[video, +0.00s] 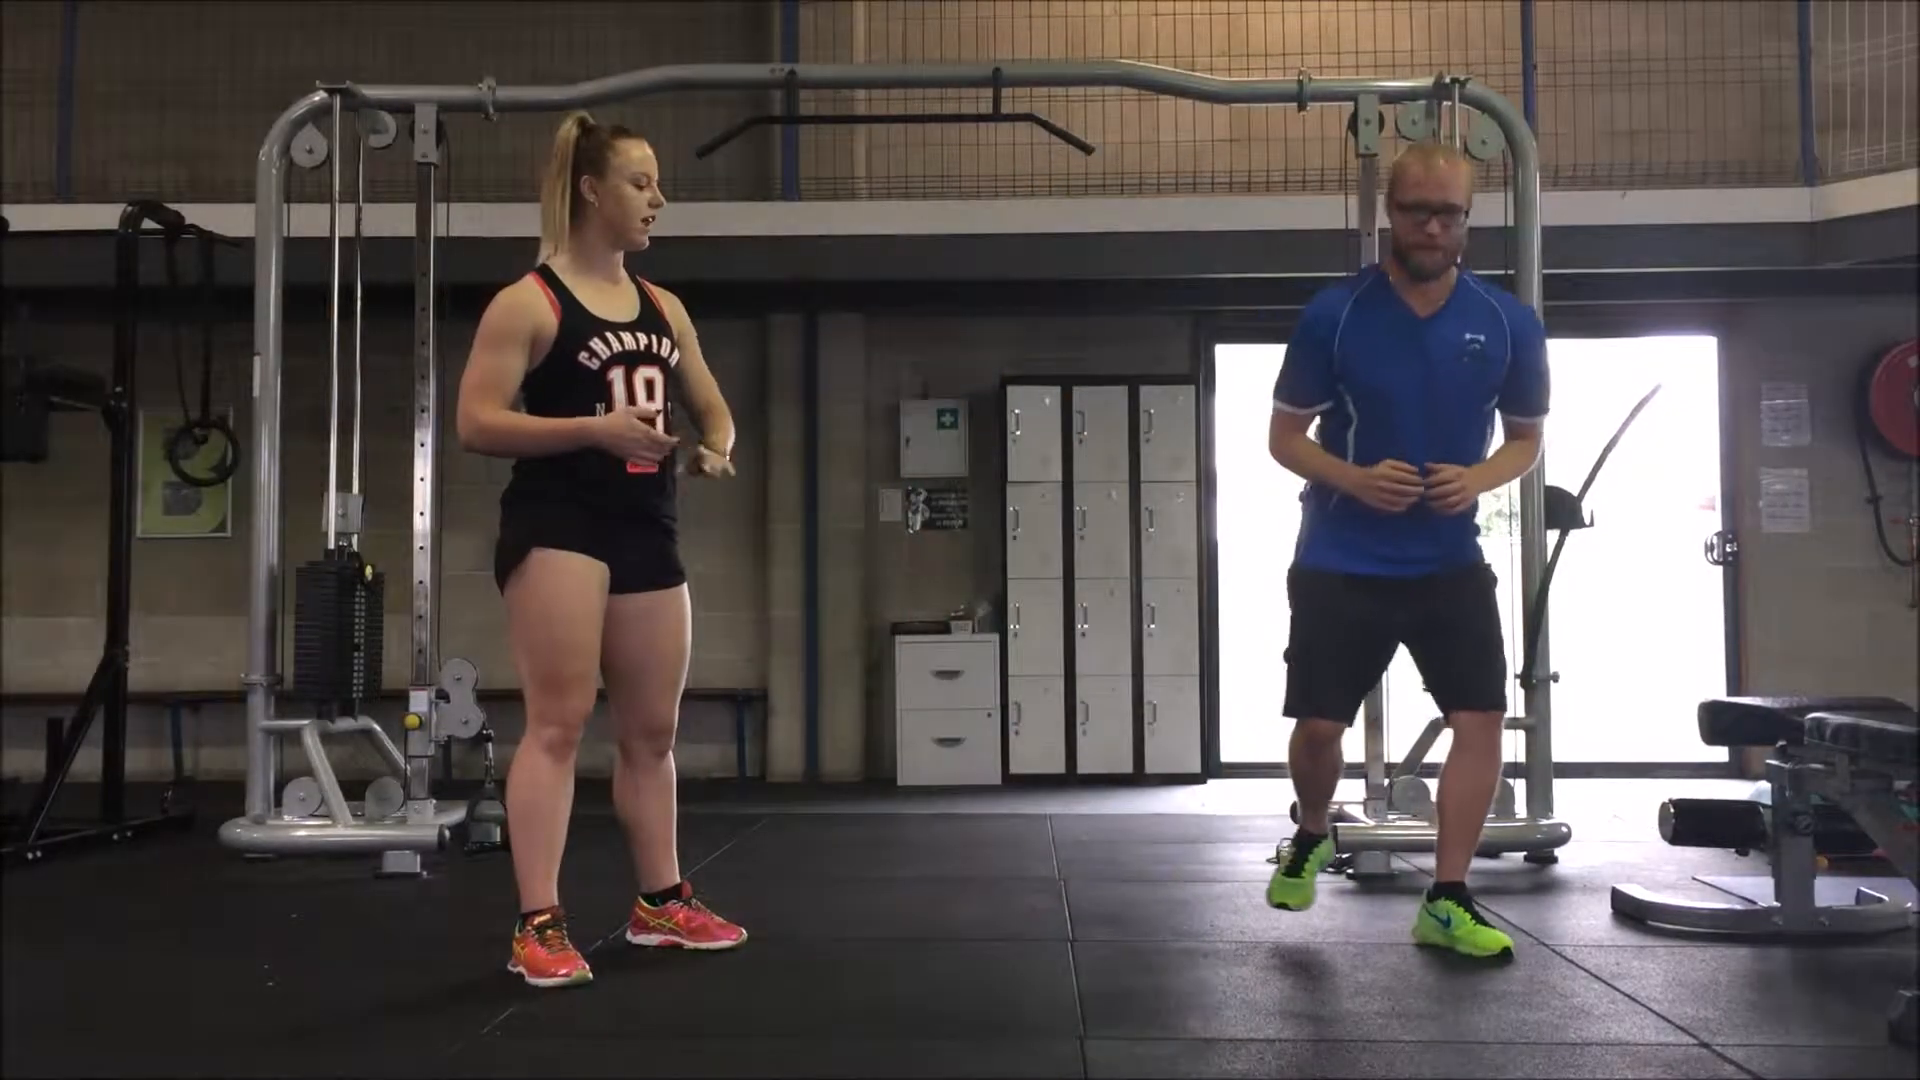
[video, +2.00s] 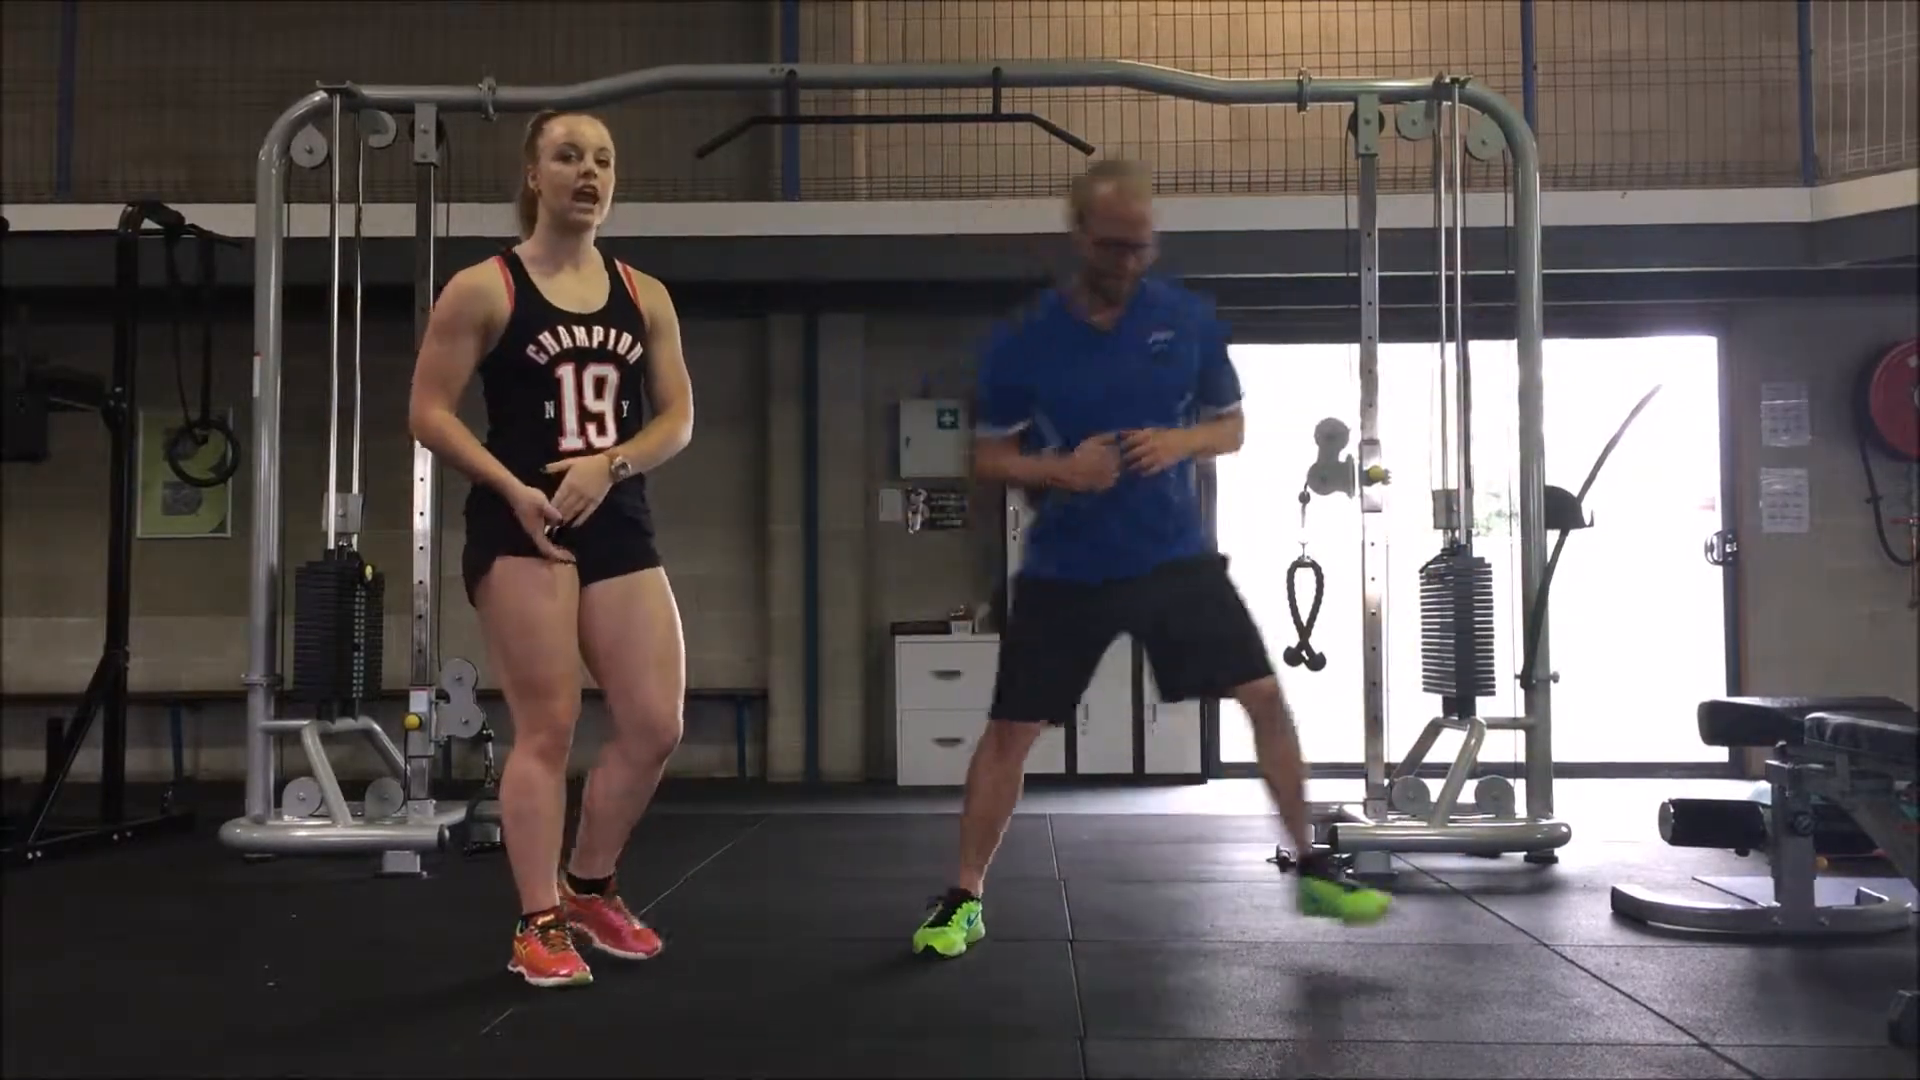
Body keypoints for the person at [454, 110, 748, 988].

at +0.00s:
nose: (655, 200)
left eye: (656, 186)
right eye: (640, 184)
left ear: (622, 199)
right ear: (587, 191)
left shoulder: (662, 306)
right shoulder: (526, 303)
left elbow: (712, 411)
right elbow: (477, 423)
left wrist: (714, 449)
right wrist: (593, 428)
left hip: (648, 536)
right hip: (559, 532)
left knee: (650, 735)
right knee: (555, 726)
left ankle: (662, 903)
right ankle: (539, 925)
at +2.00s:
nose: (588, 172)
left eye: (601, 161)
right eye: (569, 157)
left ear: (615, 185)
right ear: (531, 177)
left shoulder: (644, 296)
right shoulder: (483, 289)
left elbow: (677, 418)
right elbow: (428, 413)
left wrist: (610, 464)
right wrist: (512, 487)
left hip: (619, 526)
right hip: (521, 527)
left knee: (653, 722)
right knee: (544, 726)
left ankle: (587, 890)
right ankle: (539, 925)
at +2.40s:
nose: (644, 182)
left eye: (647, 169)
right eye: (627, 166)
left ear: (633, 183)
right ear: (574, 173)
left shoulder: (660, 293)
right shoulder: (514, 285)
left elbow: (717, 404)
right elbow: (453, 404)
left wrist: (727, 423)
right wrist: (545, 471)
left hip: (641, 530)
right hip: (546, 527)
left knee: (664, 723)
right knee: (546, 725)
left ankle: (674, 904)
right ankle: (540, 926)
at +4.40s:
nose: (631, 183)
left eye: (643, 169)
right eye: (611, 169)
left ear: (658, 187)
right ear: (576, 186)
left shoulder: (684, 303)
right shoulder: (531, 297)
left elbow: (724, 419)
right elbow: (481, 417)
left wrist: (702, 514)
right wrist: (566, 479)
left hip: (655, 533)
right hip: (553, 531)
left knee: (684, 726)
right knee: (546, 726)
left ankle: (674, 907)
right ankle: (538, 925)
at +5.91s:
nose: (643, 200)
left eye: (646, 186)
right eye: (626, 185)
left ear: (639, 198)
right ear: (575, 190)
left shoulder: (665, 302)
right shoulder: (511, 302)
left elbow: (695, 414)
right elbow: (464, 419)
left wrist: (687, 438)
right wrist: (537, 443)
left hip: (640, 529)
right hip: (547, 525)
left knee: (687, 722)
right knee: (547, 723)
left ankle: (674, 907)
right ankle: (538, 924)